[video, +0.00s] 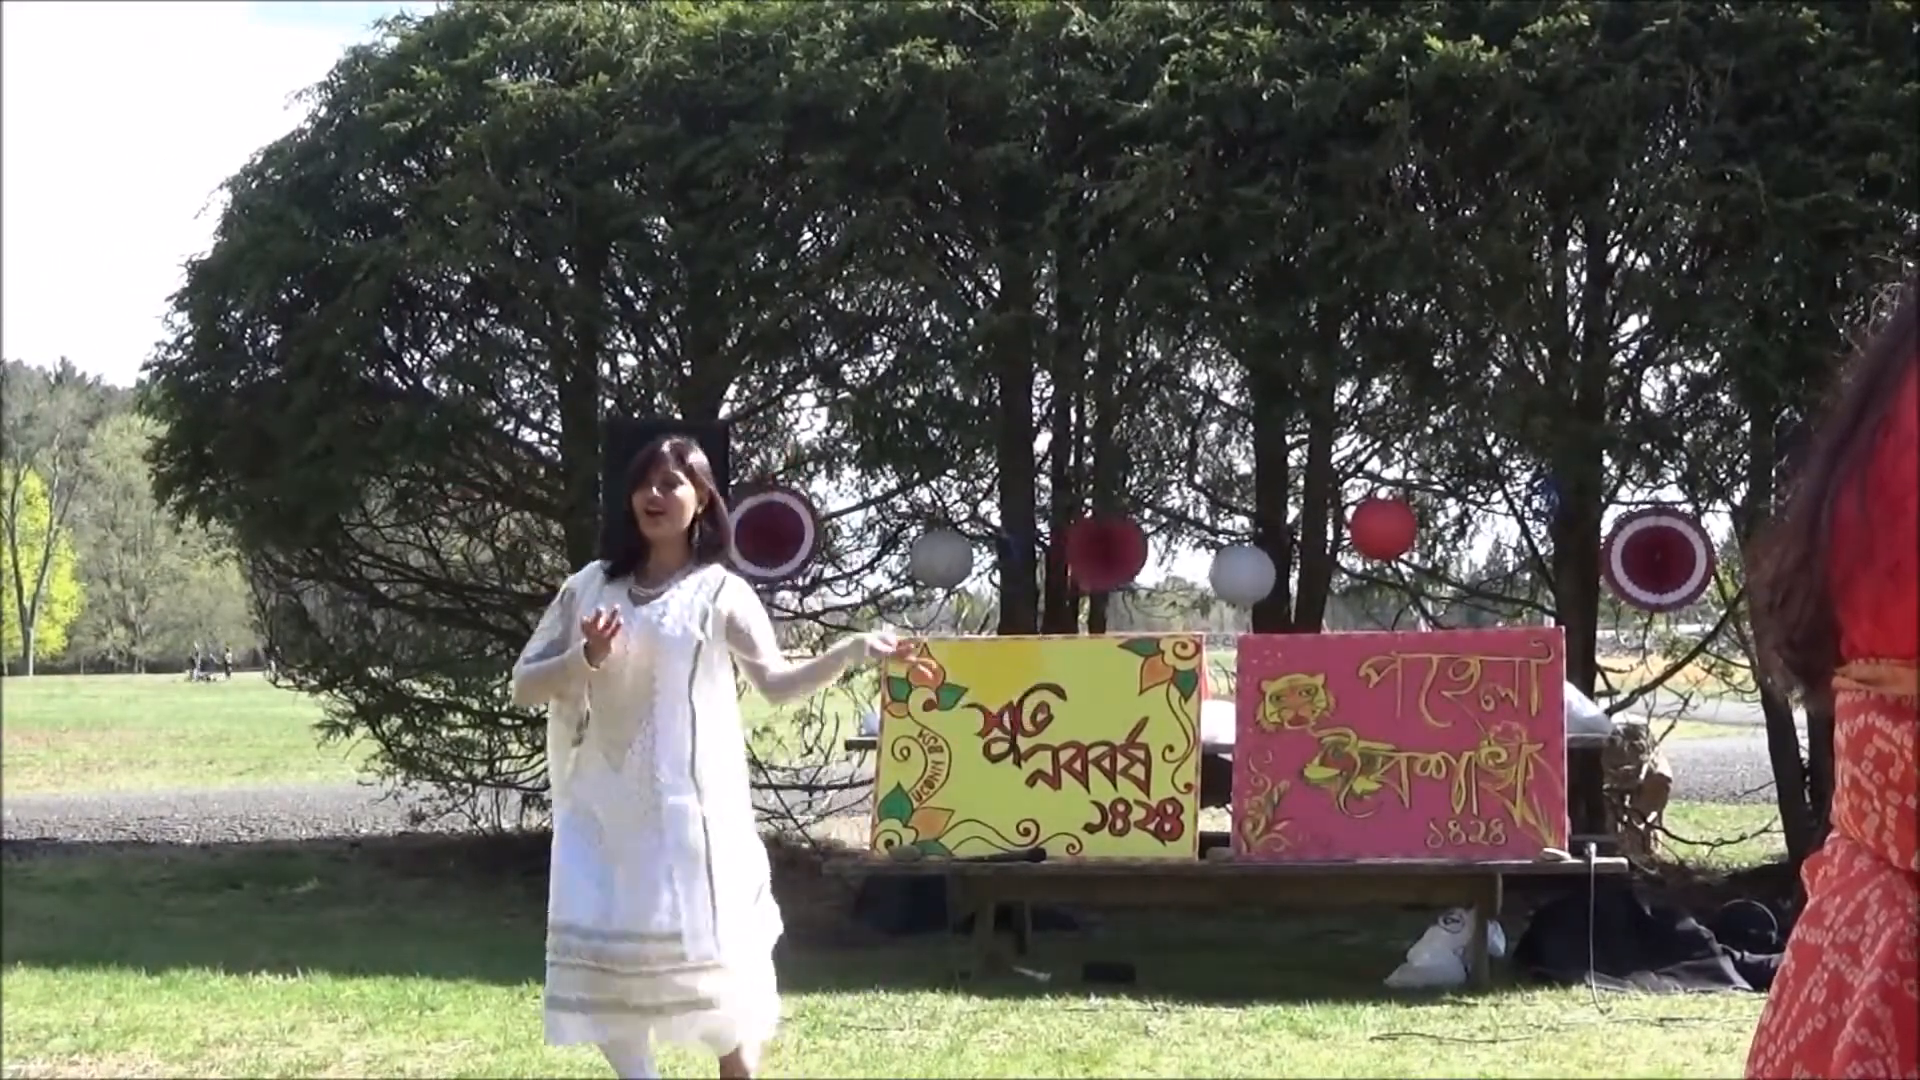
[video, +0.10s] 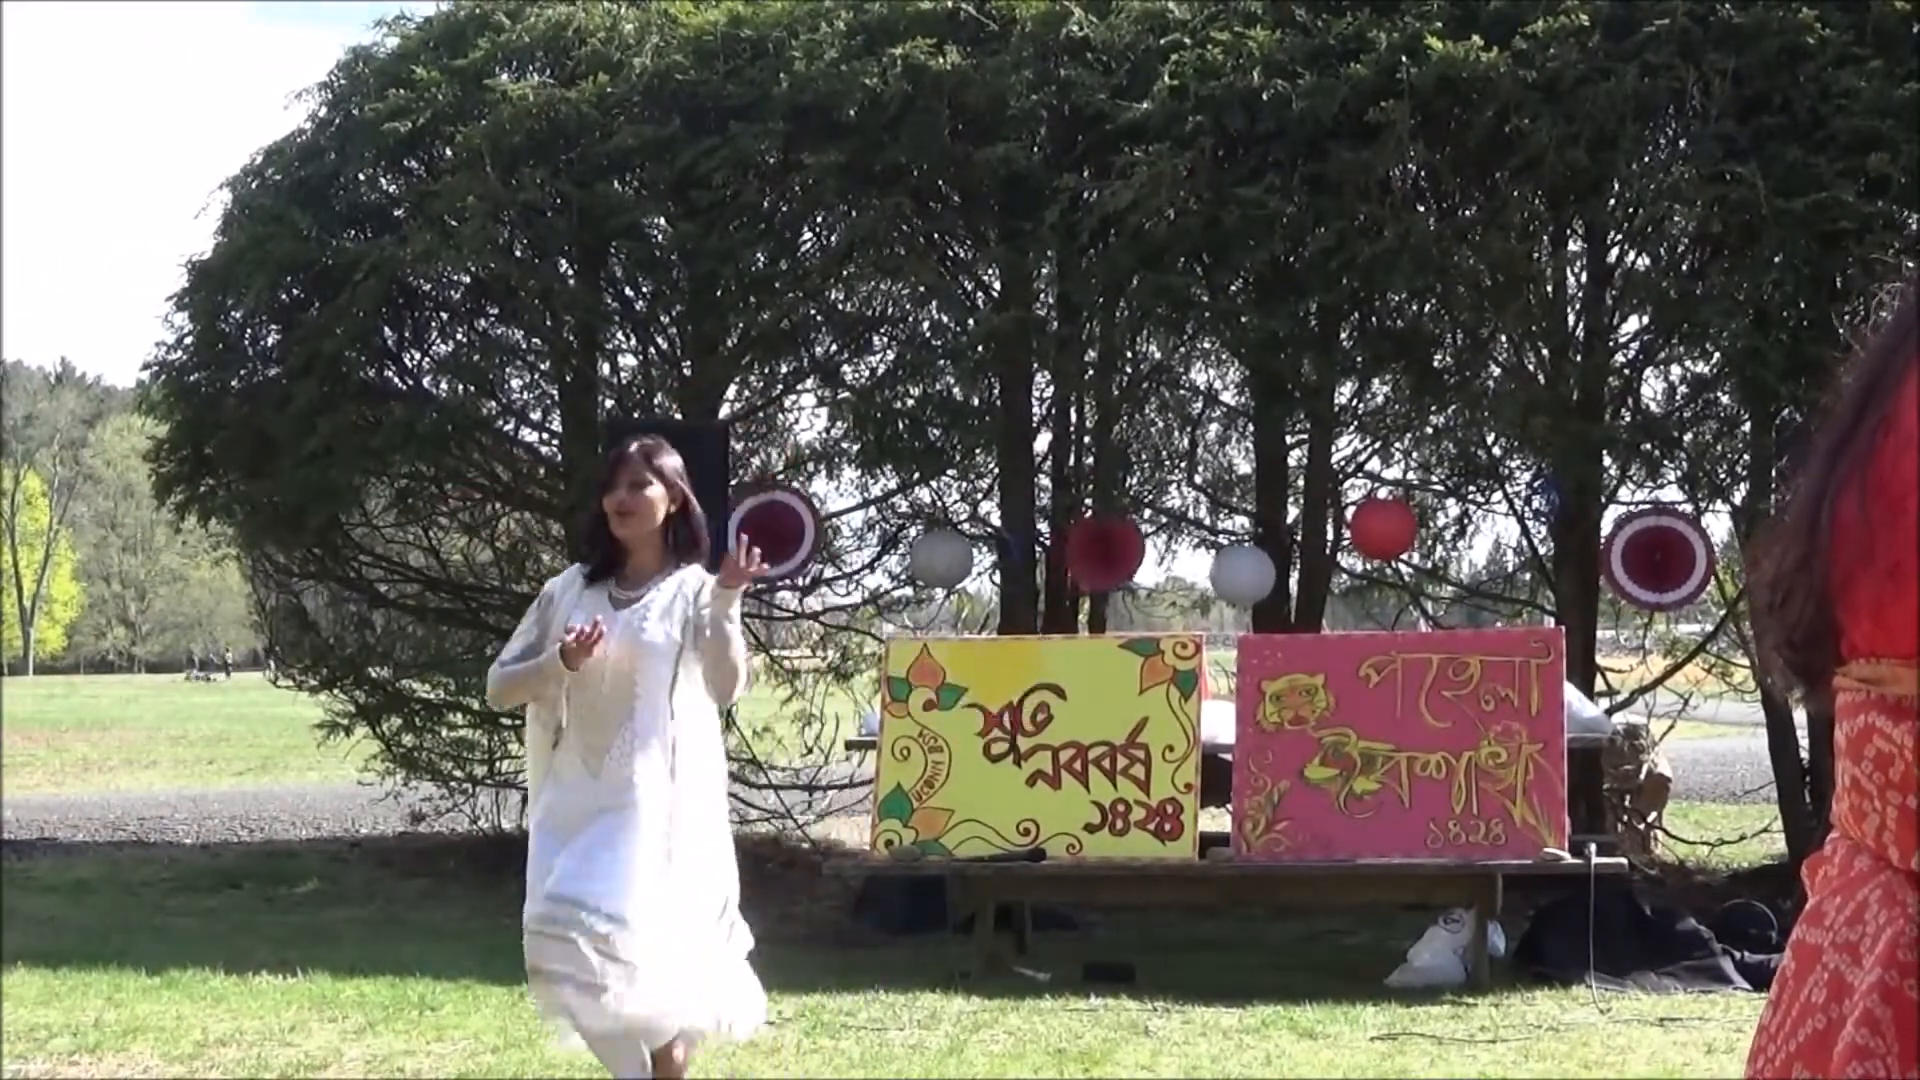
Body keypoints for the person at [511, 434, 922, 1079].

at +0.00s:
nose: (654, 492)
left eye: (672, 481)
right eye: (644, 480)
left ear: (700, 499)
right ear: (629, 493)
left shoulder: (721, 590)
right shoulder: (589, 585)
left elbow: (778, 682)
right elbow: (525, 684)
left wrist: (853, 650)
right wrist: (583, 657)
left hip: (697, 817)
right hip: (600, 818)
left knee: (723, 984)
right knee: (603, 988)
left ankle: (738, 1068)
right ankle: (637, 1076)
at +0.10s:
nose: (622, 497)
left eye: (640, 484)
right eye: (613, 485)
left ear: (673, 499)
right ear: (601, 499)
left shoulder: (697, 587)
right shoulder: (567, 588)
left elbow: (727, 688)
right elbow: (499, 686)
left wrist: (725, 601)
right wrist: (559, 661)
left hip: (656, 799)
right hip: (571, 800)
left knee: (567, 929)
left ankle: (667, 1056)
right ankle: (642, 1070)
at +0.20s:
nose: (588, 499)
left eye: (605, 486)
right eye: (583, 487)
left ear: (642, 500)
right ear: (573, 498)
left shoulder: (667, 586)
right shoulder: (539, 591)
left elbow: (663, 674)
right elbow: (463, 681)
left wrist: (602, 589)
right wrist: (517, 666)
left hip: (620, 800)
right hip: (539, 802)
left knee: (515, 915)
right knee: (570, 967)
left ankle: (541, 1069)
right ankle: (633, 1070)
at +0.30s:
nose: (548, 489)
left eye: (567, 478)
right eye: (543, 477)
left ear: (605, 493)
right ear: (532, 491)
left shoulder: (620, 574)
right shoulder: (514, 581)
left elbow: (605, 664)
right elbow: (417, 652)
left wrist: (527, 607)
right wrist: (454, 658)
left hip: (586, 797)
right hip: (510, 800)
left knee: (481, 920)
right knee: (563, 975)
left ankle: (442, 1070)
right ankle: (631, 1069)